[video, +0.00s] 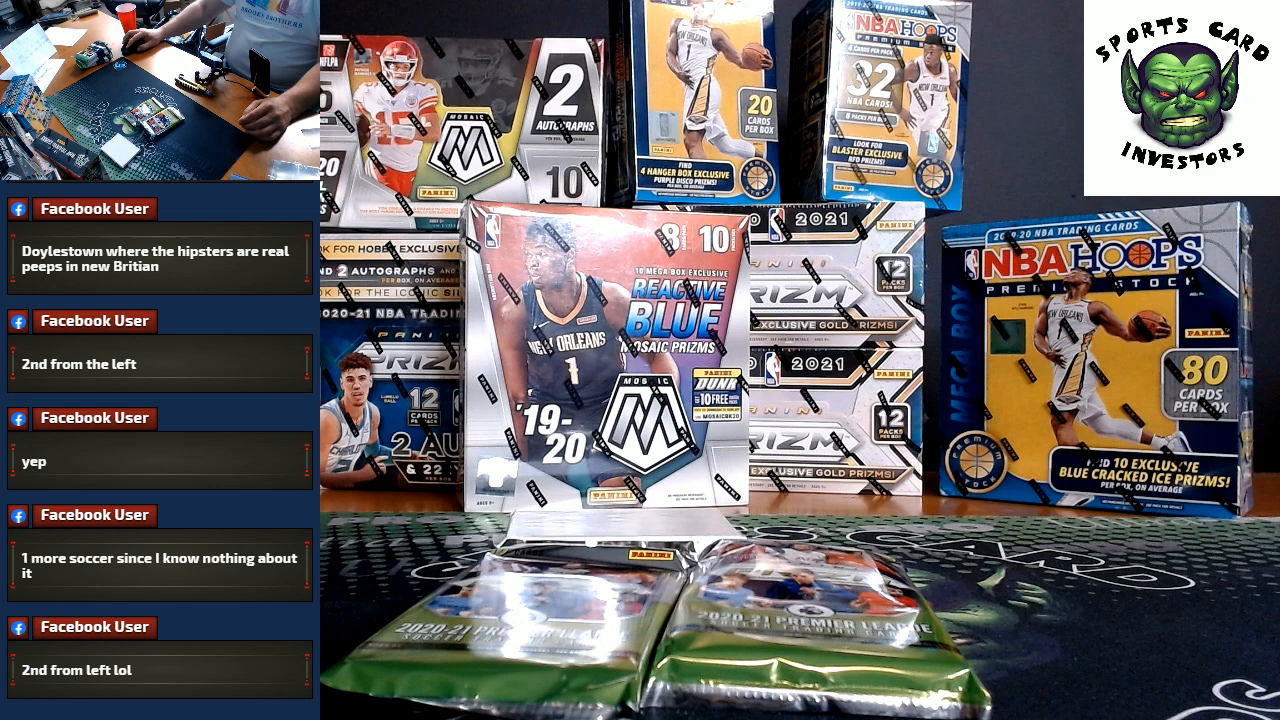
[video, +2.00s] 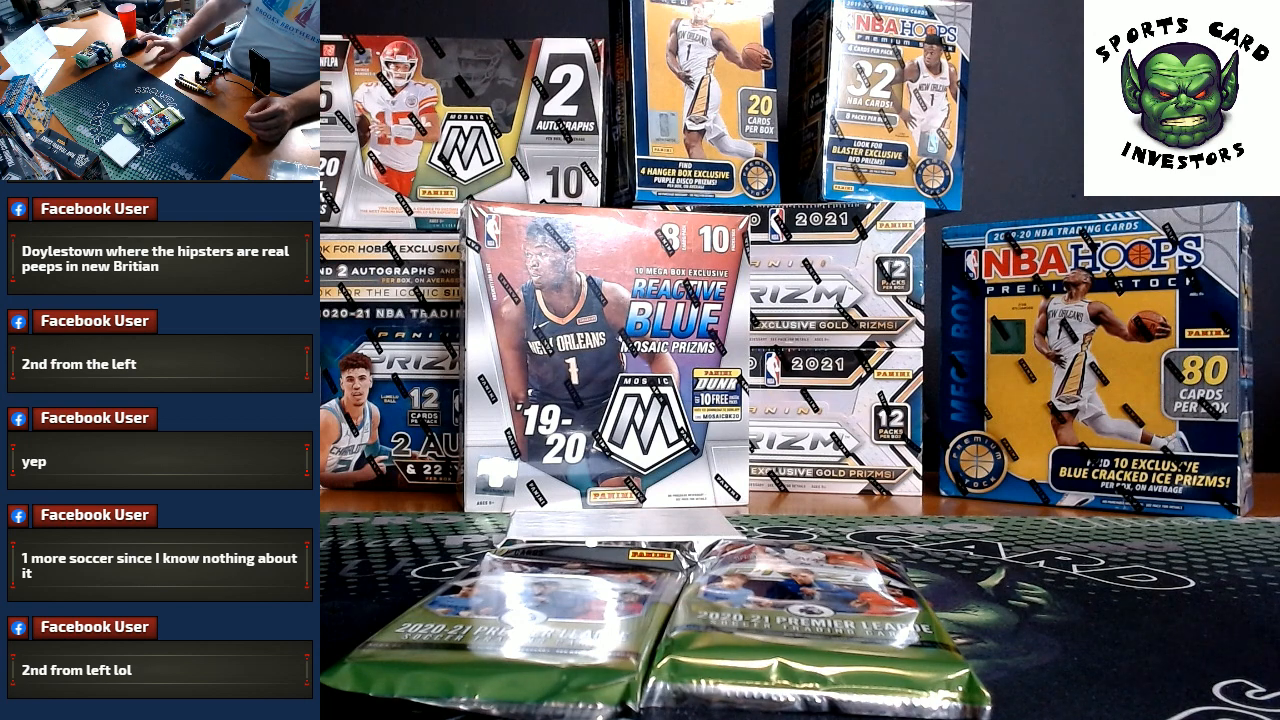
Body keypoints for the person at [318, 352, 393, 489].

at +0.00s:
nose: (356, 385)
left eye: (362, 378)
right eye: (350, 379)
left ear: (370, 382)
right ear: (341, 383)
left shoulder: (372, 413)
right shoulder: (325, 419)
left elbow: (373, 450)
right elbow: (316, 477)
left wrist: (406, 456)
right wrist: (360, 475)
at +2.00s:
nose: (356, 385)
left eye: (362, 378)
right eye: (350, 379)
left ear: (370, 382)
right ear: (341, 383)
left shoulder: (372, 413)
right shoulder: (325, 419)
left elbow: (373, 450)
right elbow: (316, 477)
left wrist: (406, 456)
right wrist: (360, 475)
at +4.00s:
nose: (356, 385)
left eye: (362, 378)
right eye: (350, 379)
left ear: (370, 382)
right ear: (341, 383)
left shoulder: (372, 413)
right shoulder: (325, 419)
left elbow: (373, 450)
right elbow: (316, 477)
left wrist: (406, 456)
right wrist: (360, 475)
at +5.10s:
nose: (356, 386)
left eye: (362, 378)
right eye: (350, 380)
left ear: (370, 382)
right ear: (342, 384)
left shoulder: (372, 413)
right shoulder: (326, 417)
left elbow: (374, 450)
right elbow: (331, 469)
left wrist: (404, 455)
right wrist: (364, 472)